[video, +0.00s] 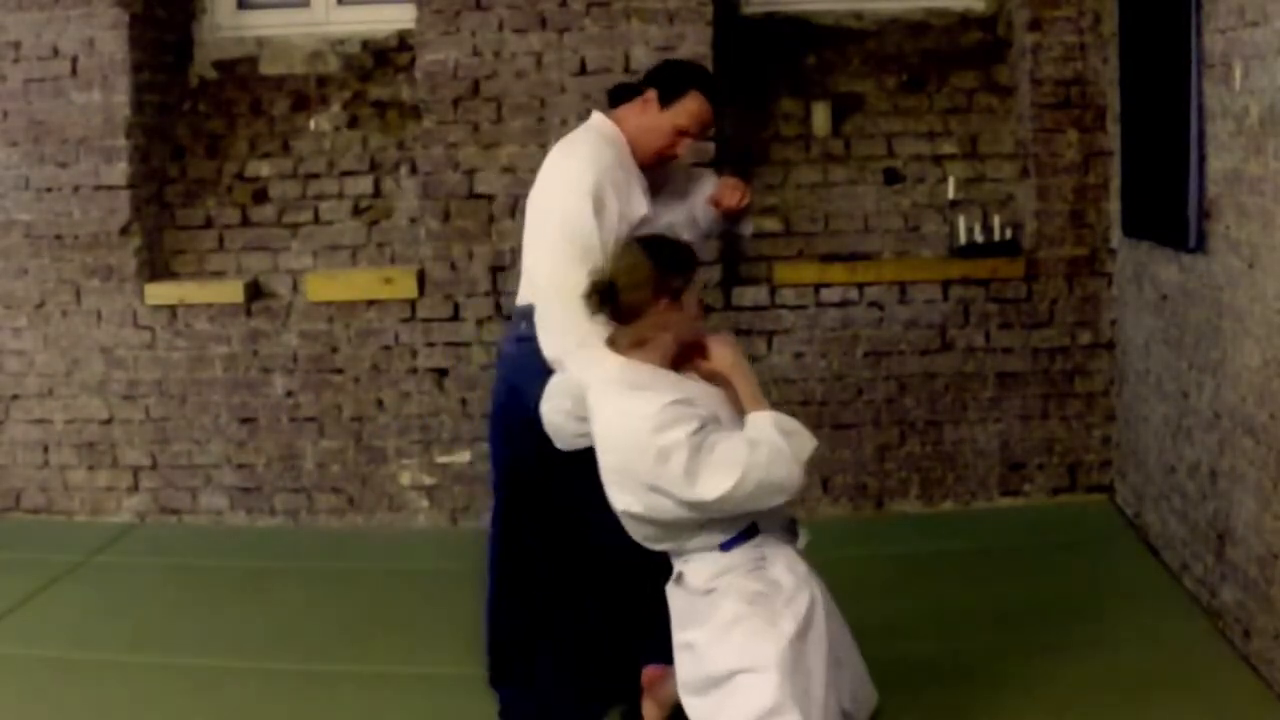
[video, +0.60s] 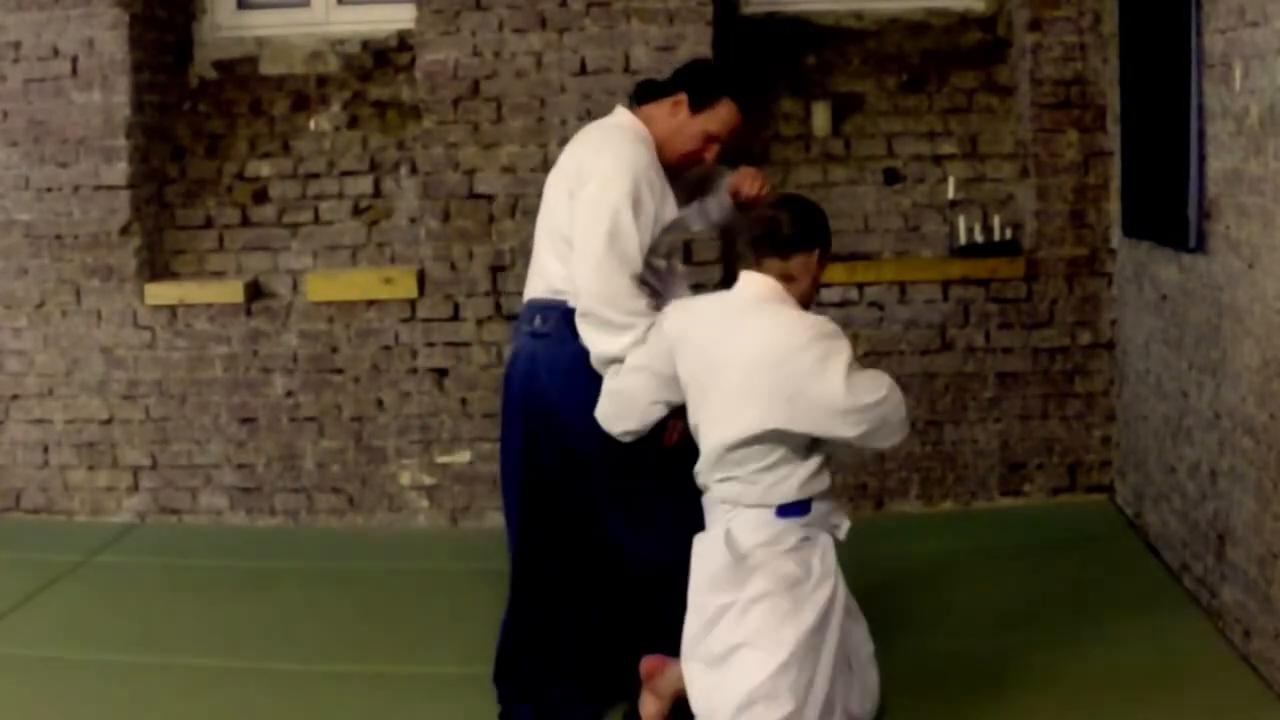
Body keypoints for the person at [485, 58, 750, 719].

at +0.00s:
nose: (682, 149)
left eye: (693, 139)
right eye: (684, 131)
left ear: (649, 105)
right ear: (650, 102)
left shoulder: (617, 161)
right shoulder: (581, 165)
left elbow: (642, 217)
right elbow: (564, 306)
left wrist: (706, 201)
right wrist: (627, 397)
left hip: (590, 363)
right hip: (548, 367)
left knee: (604, 540)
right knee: (558, 548)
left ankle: (598, 692)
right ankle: (549, 697)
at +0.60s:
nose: (708, 158)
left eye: (719, 147)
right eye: (709, 138)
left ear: (670, 107)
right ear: (678, 105)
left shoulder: (612, 145)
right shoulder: (620, 157)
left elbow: (657, 229)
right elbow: (604, 289)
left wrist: (725, 201)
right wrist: (658, 391)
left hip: (558, 352)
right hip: (579, 360)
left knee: (564, 540)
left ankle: (548, 694)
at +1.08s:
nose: (702, 156)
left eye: (712, 144)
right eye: (702, 136)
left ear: (657, 107)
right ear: (668, 107)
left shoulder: (580, 142)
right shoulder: (623, 159)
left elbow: (645, 227)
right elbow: (631, 298)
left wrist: (715, 193)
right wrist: (689, 393)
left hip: (533, 356)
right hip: (586, 358)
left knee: (552, 547)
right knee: (690, 510)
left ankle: (543, 695)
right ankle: (672, 670)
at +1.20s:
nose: (702, 155)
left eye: (711, 144)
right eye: (702, 136)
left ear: (657, 107)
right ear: (668, 107)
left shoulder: (578, 142)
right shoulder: (624, 158)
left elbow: (643, 231)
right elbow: (632, 294)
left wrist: (714, 194)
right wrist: (689, 393)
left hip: (531, 357)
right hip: (587, 358)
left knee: (550, 548)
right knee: (687, 511)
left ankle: (541, 696)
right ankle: (671, 670)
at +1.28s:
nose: (703, 155)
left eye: (712, 143)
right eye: (702, 136)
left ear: (657, 108)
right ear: (668, 107)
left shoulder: (577, 142)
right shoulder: (624, 158)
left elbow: (640, 228)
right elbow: (632, 290)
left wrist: (714, 194)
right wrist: (688, 394)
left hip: (531, 356)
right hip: (587, 357)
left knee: (550, 547)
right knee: (687, 511)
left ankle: (541, 696)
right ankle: (672, 669)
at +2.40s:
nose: (705, 88)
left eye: (708, 74)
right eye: (699, 72)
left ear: (649, 66)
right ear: (659, 63)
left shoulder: (582, 128)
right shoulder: (640, 132)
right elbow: (657, 250)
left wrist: (686, 246)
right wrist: (714, 354)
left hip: (576, 331)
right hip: (629, 335)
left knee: (575, 510)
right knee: (669, 496)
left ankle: (567, 674)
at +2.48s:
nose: (717, 82)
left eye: (719, 68)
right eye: (709, 66)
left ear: (662, 63)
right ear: (669, 60)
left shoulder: (611, 122)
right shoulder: (645, 131)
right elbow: (664, 252)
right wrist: (720, 356)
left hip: (603, 325)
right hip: (641, 333)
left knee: (605, 501)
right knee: (661, 497)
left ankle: (596, 659)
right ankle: (666, 656)